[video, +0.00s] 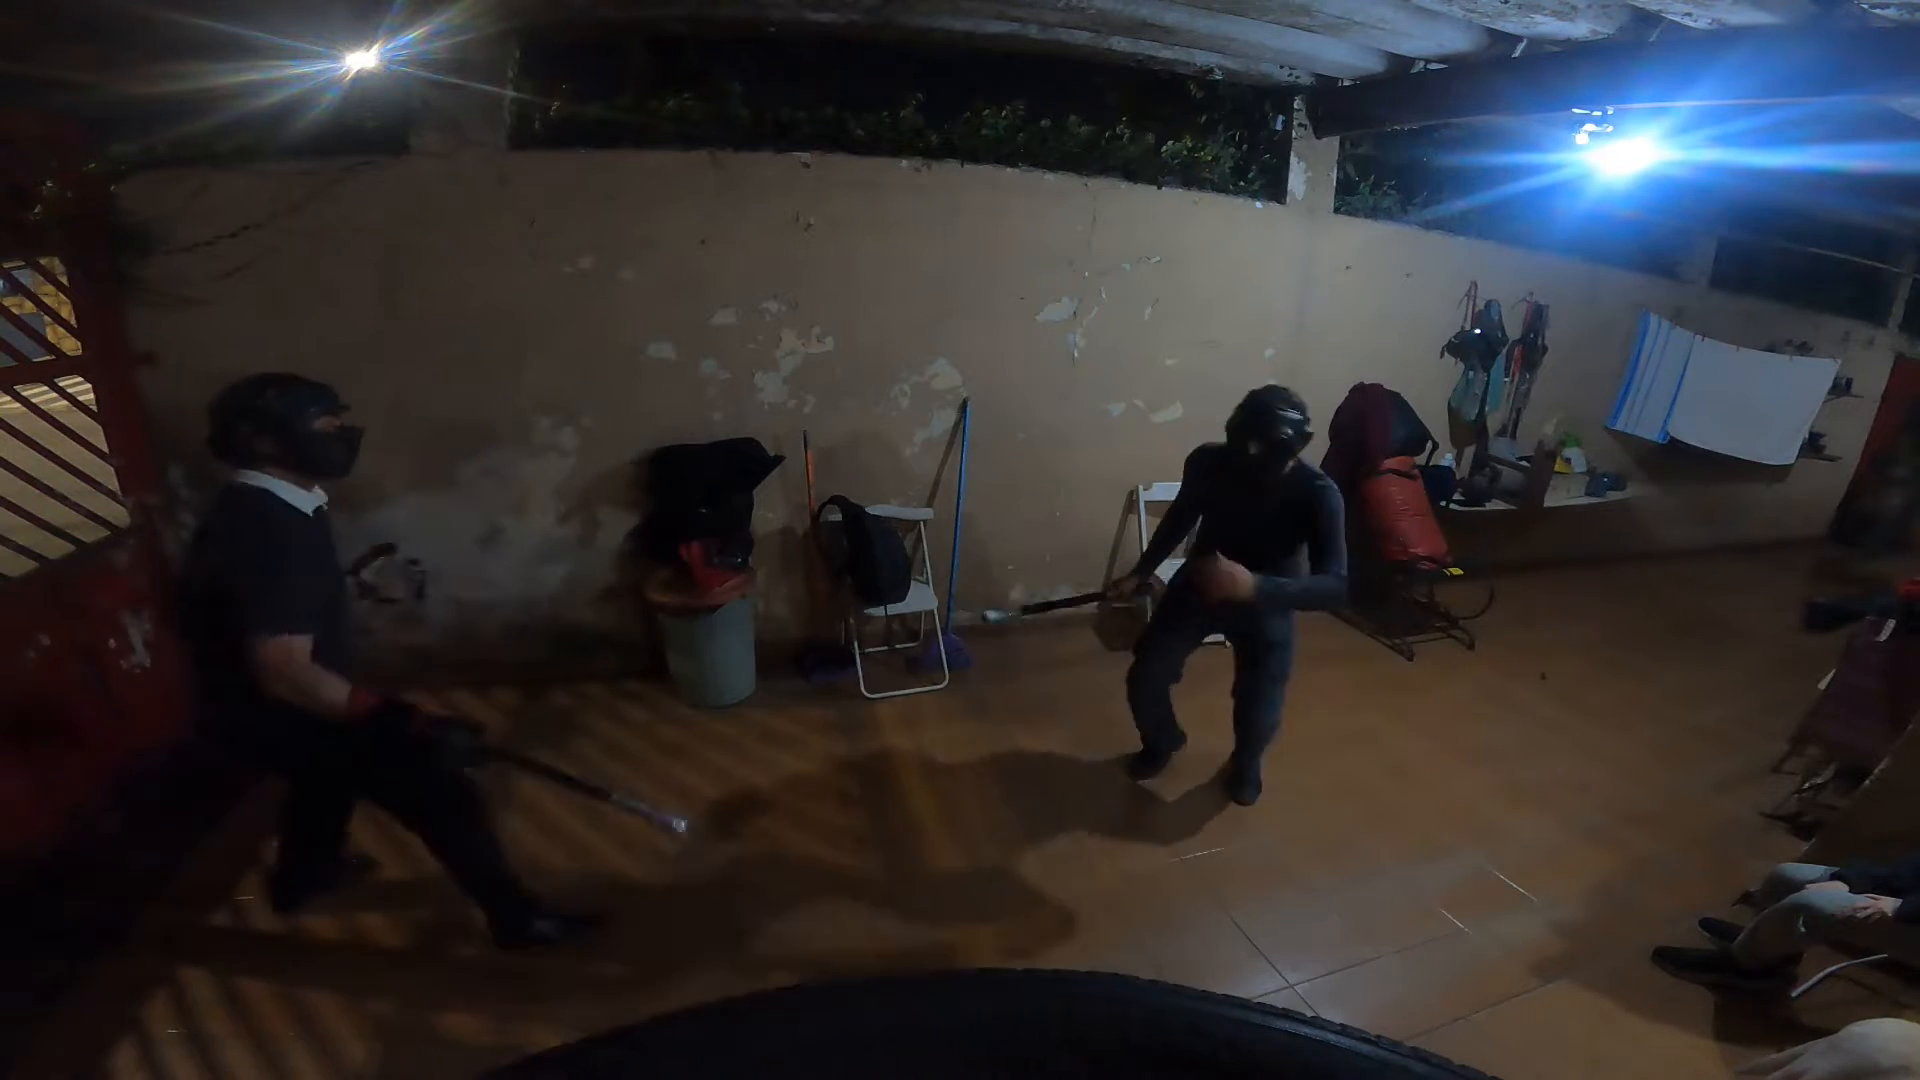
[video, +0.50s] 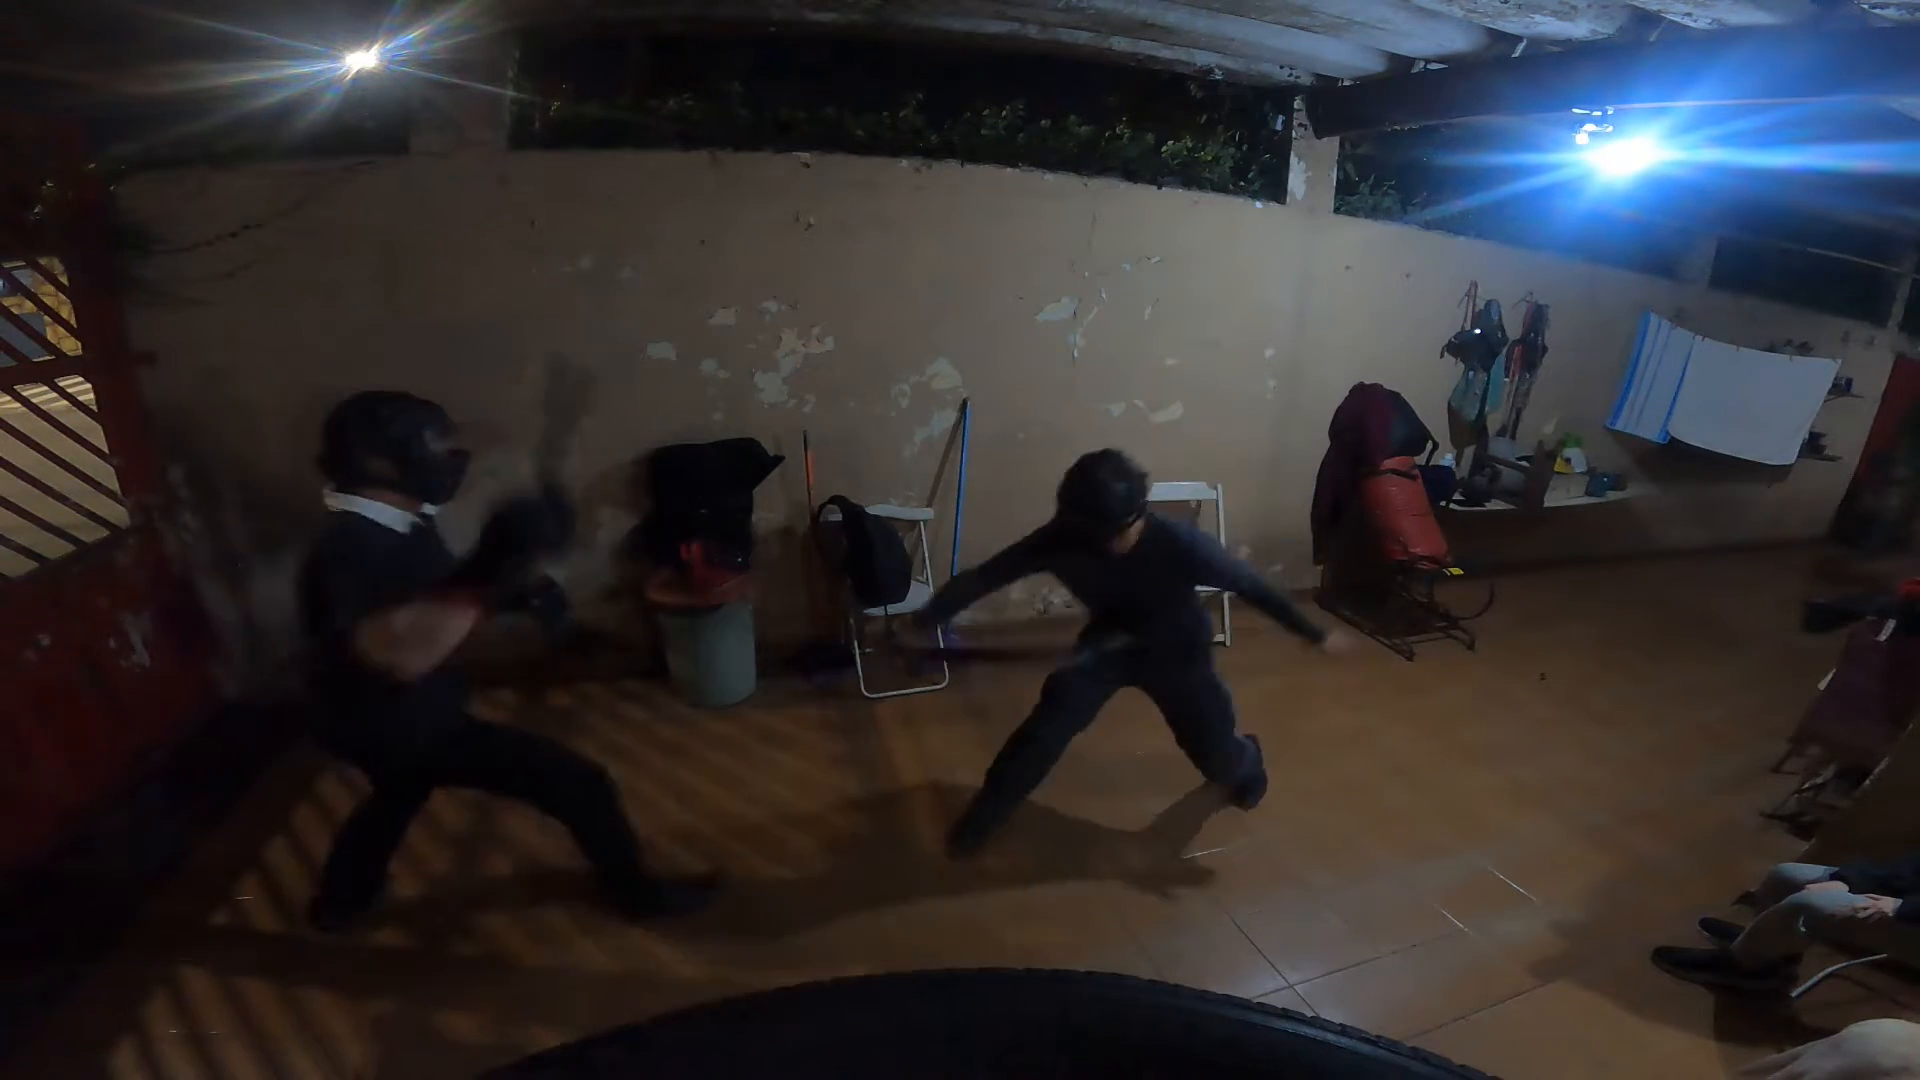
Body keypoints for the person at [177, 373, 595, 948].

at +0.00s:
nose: (346, 431)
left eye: (342, 419)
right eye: (327, 422)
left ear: (269, 442)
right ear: (276, 439)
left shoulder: (269, 505)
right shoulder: (276, 528)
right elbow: (280, 666)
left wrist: (345, 582)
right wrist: (380, 713)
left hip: (252, 706)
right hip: (269, 719)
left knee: (339, 740)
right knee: (430, 775)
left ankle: (308, 867)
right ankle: (512, 913)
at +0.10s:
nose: (359, 433)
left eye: (355, 420)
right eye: (340, 424)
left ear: (285, 444)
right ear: (288, 442)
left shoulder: (304, 504)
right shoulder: (281, 528)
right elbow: (283, 667)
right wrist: (382, 706)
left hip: (310, 704)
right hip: (297, 719)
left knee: (344, 765)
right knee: (463, 812)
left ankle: (306, 869)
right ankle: (526, 925)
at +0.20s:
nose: (388, 430)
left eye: (382, 418)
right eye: (369, 422)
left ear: (316, 443)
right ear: (322, 439)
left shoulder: (331, 510)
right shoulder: (309, 533)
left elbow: (369, 599)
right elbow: (329, 673)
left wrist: (461, 587)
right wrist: (446, 712)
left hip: (327, 709)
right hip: (332, 724)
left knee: (368, 772)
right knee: (483, 811)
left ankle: (317, 875)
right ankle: (527, 932)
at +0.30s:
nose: (396, 430)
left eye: (390, 417)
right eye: (376, 421)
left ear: (323, 443)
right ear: (326, 440)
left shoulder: (341, 510)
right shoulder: (314, 531)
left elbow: (379, 608)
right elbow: (340, 669)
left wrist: (470, 591)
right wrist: (450, 701)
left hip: (337, 707)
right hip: (333, 721)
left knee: (387, 765)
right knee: (501, 809)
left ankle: (343, 887)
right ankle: (530, 934)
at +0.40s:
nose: (416, 447)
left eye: (412, 434)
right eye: (397, 436)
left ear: (347, 456)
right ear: (348, 453)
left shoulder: (372, 523)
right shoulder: (327, 541)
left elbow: (404, 604)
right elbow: (359, 668)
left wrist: (478, 597)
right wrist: (444, 660)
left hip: (396, 712)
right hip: (372, 727)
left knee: (389, 787)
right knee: (562, 779)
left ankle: (343, 902)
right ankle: (580, 905)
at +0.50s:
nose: (456, 460)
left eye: (451, 445)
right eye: (436, 446)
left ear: (379, 462)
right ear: (386, 461)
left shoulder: (410, 537)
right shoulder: (347, 551)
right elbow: (401, 651)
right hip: (396, 734)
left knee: (403, 787)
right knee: (580, 785)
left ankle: (341, 898)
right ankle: (634, 891)